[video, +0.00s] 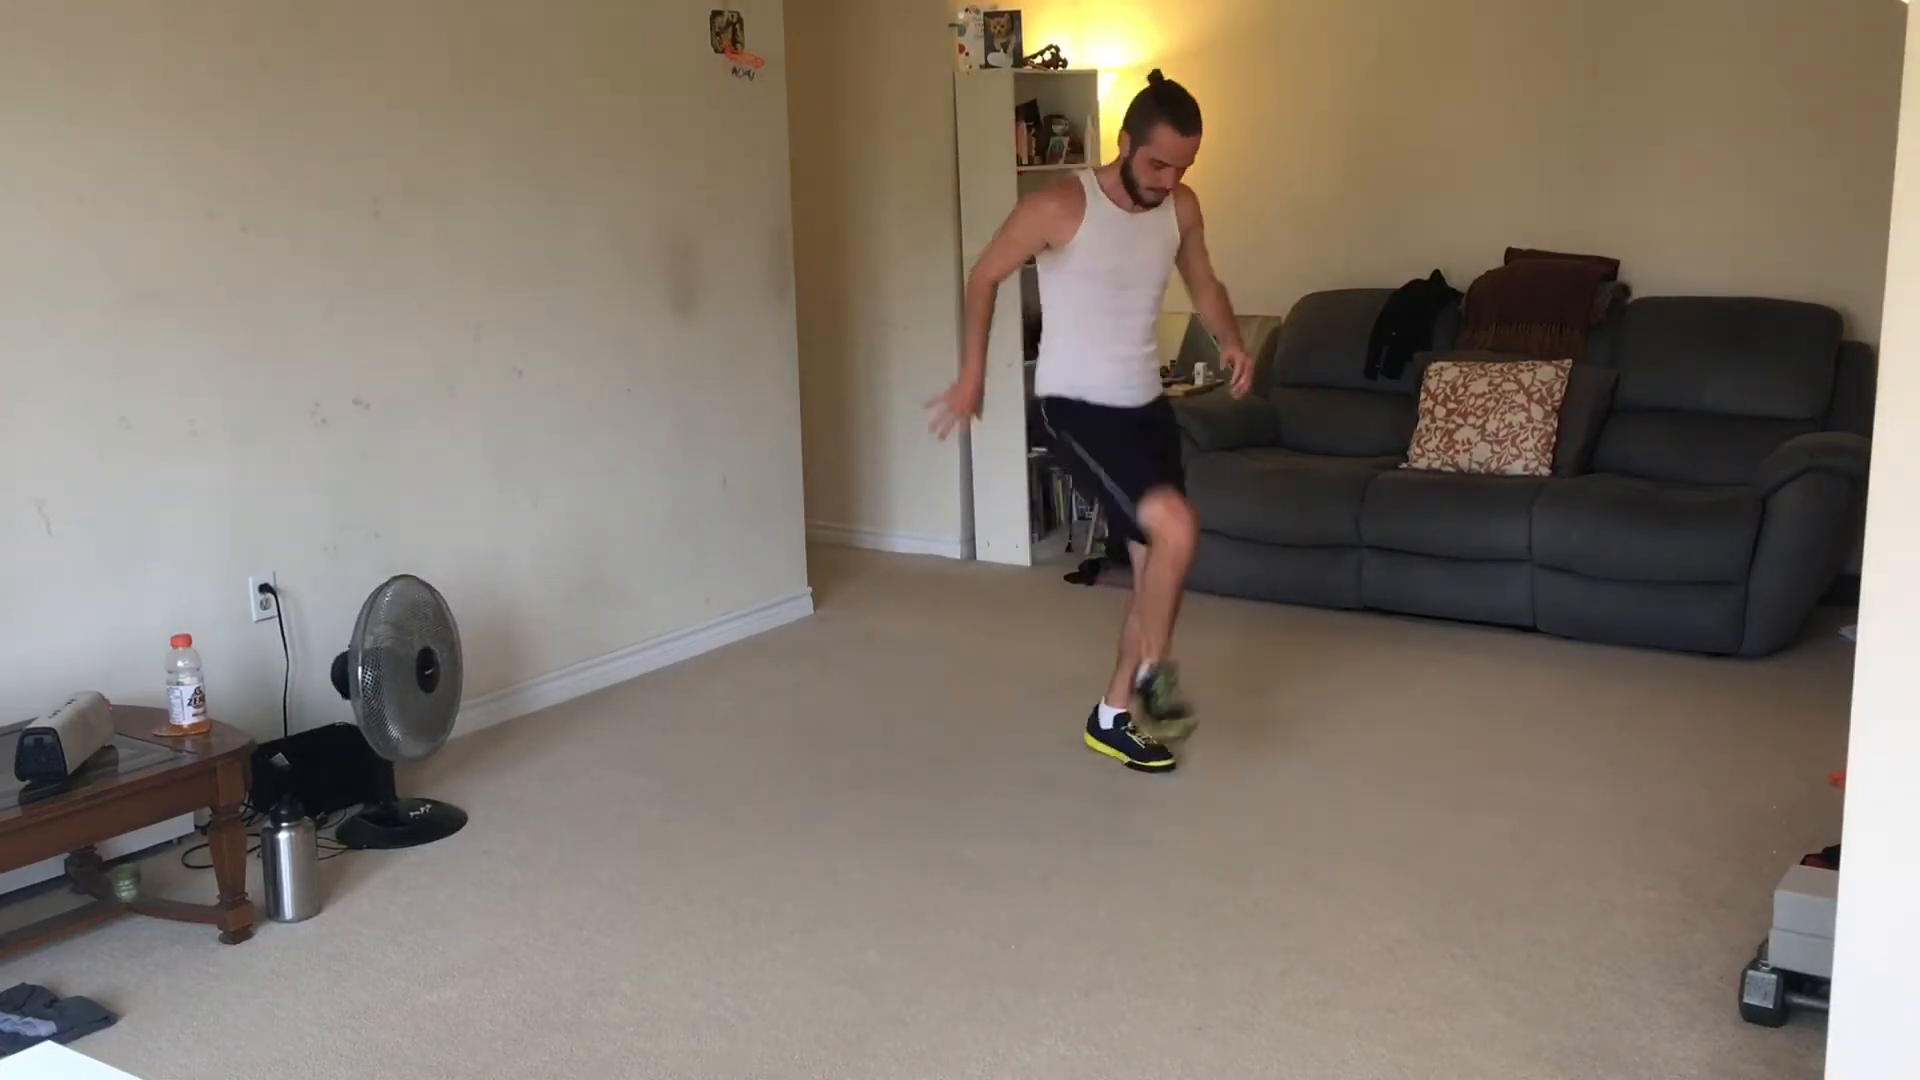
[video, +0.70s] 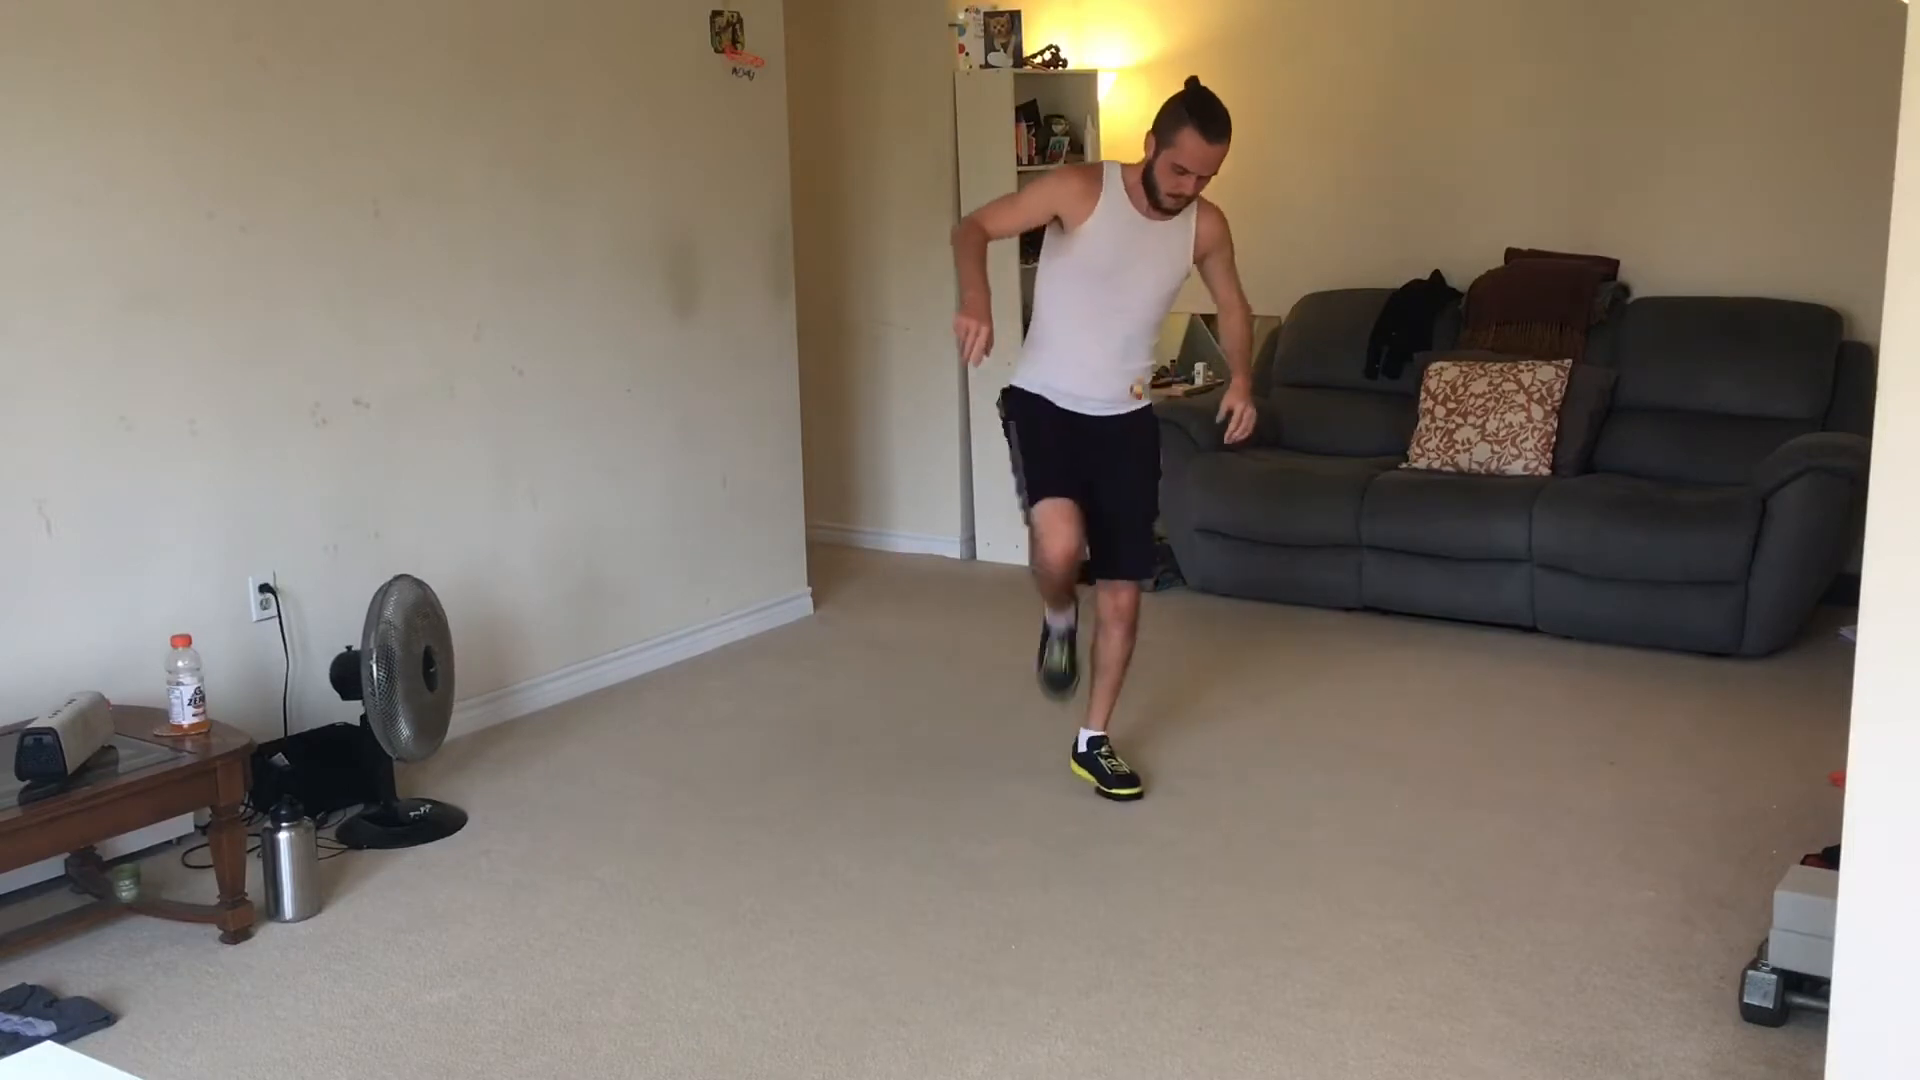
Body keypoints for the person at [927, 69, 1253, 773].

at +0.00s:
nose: (1168, 179)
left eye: (1180, 167)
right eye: (1157, 163)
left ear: (1190, 155)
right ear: (1124, 142)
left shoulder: (1179, 206)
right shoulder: (1060, 203)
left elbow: (1204, 285)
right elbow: (982, 277)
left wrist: (1231, 341)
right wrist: (971, 376)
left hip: (1146, 405)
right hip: (1073, 405)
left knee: (1153, 571)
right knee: (1175, 527)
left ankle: (1114, 714)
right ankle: (1150, 675)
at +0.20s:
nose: (1172, 157)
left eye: (1183, 143)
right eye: (1159, 141)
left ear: (1192, 137)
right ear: (1127, 125)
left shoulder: (1188, 198)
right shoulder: (1070, 192)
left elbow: (1229, 277)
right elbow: (994, 279)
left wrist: (1257, 296)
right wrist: (1004, 367)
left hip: (1150, 402)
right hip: (1076, 399)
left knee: (1157, 559)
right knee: (1157, 522)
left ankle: (1111, 715)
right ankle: (1162, 687)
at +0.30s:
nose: (1175, 139)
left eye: (1188, 126)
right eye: (1162, 123)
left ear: (1197, 117)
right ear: (1130, 105)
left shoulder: (1194, 180)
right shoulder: (1072, 167)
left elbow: (1236, 263)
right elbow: (988, 247)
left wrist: (1268, 281)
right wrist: (1006, 319)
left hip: (1145, 378)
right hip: (1065, 370)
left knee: (1142, 564)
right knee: (1128, 387)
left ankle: (1104, 705)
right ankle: (1166, 527)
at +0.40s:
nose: (1179, 154)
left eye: (1191, 142)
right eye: (1167, 138)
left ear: (1202, 132)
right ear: (1134, 118)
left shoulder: (1195, 193)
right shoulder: (1076, 177)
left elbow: (1219, 285)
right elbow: (984, 252)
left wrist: (1261, 328)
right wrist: (1000, 311)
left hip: (1143, 394)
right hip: (1063, 391)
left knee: (1129, 569)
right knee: (1060, 343)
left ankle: (1098, 725)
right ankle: (1207, 419)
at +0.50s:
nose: (1181, 185)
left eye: (1195, 174)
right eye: (1170, 168)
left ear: (1207, 164)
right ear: (1139, 148)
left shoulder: (1196, 224)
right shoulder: (1076, 205)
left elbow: (1211, 314)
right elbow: (981, 271)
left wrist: (1247, 379)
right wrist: (992, 330)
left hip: (1135, 415)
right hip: (1055, 400)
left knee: (1130, 592)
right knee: (1066, 412)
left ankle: (1092, 740)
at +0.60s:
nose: (1185, 189)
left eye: (1199, 178)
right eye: (1175, 172)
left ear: (1213, 168)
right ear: (1146, 149)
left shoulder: (1199, 230)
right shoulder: (1078, 199)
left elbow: (1213, 316)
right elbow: (977, 255)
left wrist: (1239, 390)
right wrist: (986, 321)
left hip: (1128, 412)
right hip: (1047, 397)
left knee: (1135, 580)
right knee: (1088, 493)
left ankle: (1094, 741)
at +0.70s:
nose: (1189, 186)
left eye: (1205, 176)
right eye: (1179, 169)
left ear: (1217, 164)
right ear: (1151, 143)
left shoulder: (1204, 224)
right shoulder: (1077, 189)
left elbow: (1234, 310)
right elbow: (972, 229)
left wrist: (1242, 380)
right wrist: (975, 301)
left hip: (1127, 418)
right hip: (1042, 406)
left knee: (1119, 593)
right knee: (1059, 549)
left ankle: (1093, 738)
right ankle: (1060, 621)